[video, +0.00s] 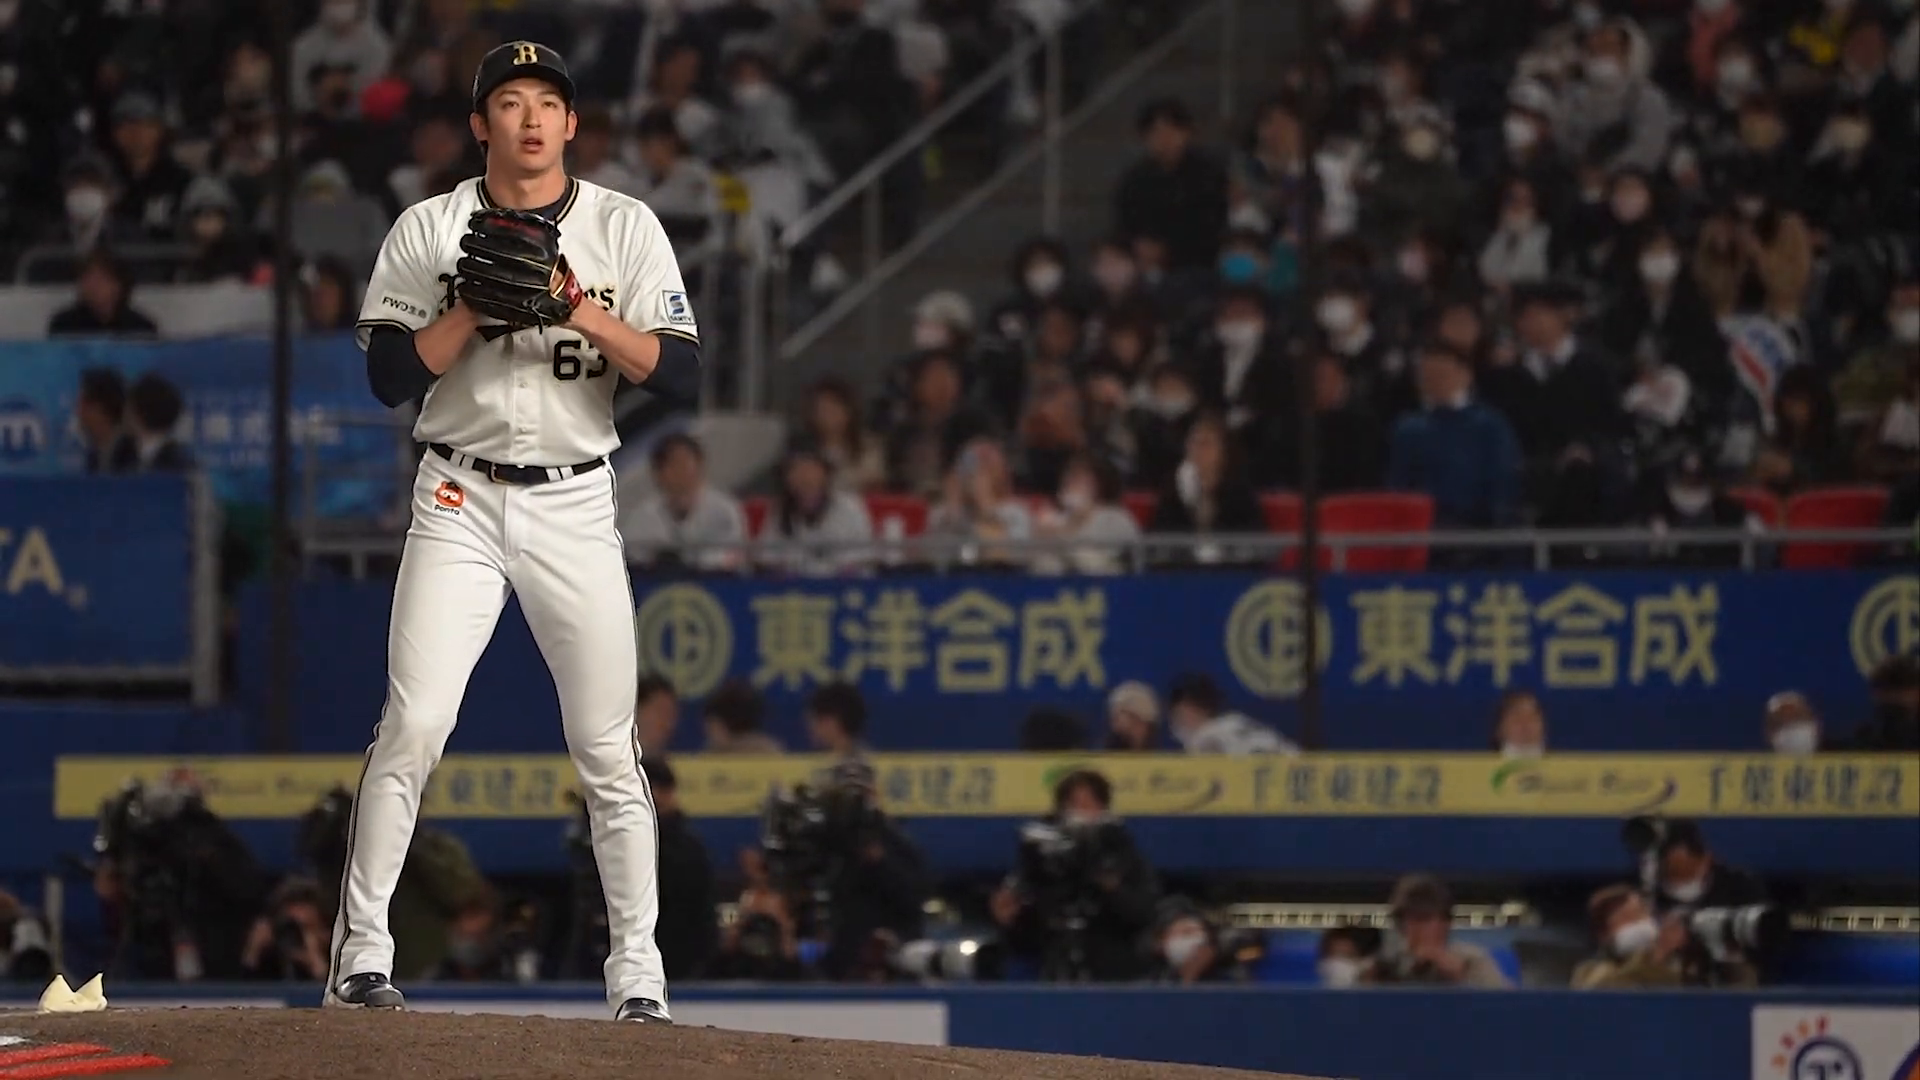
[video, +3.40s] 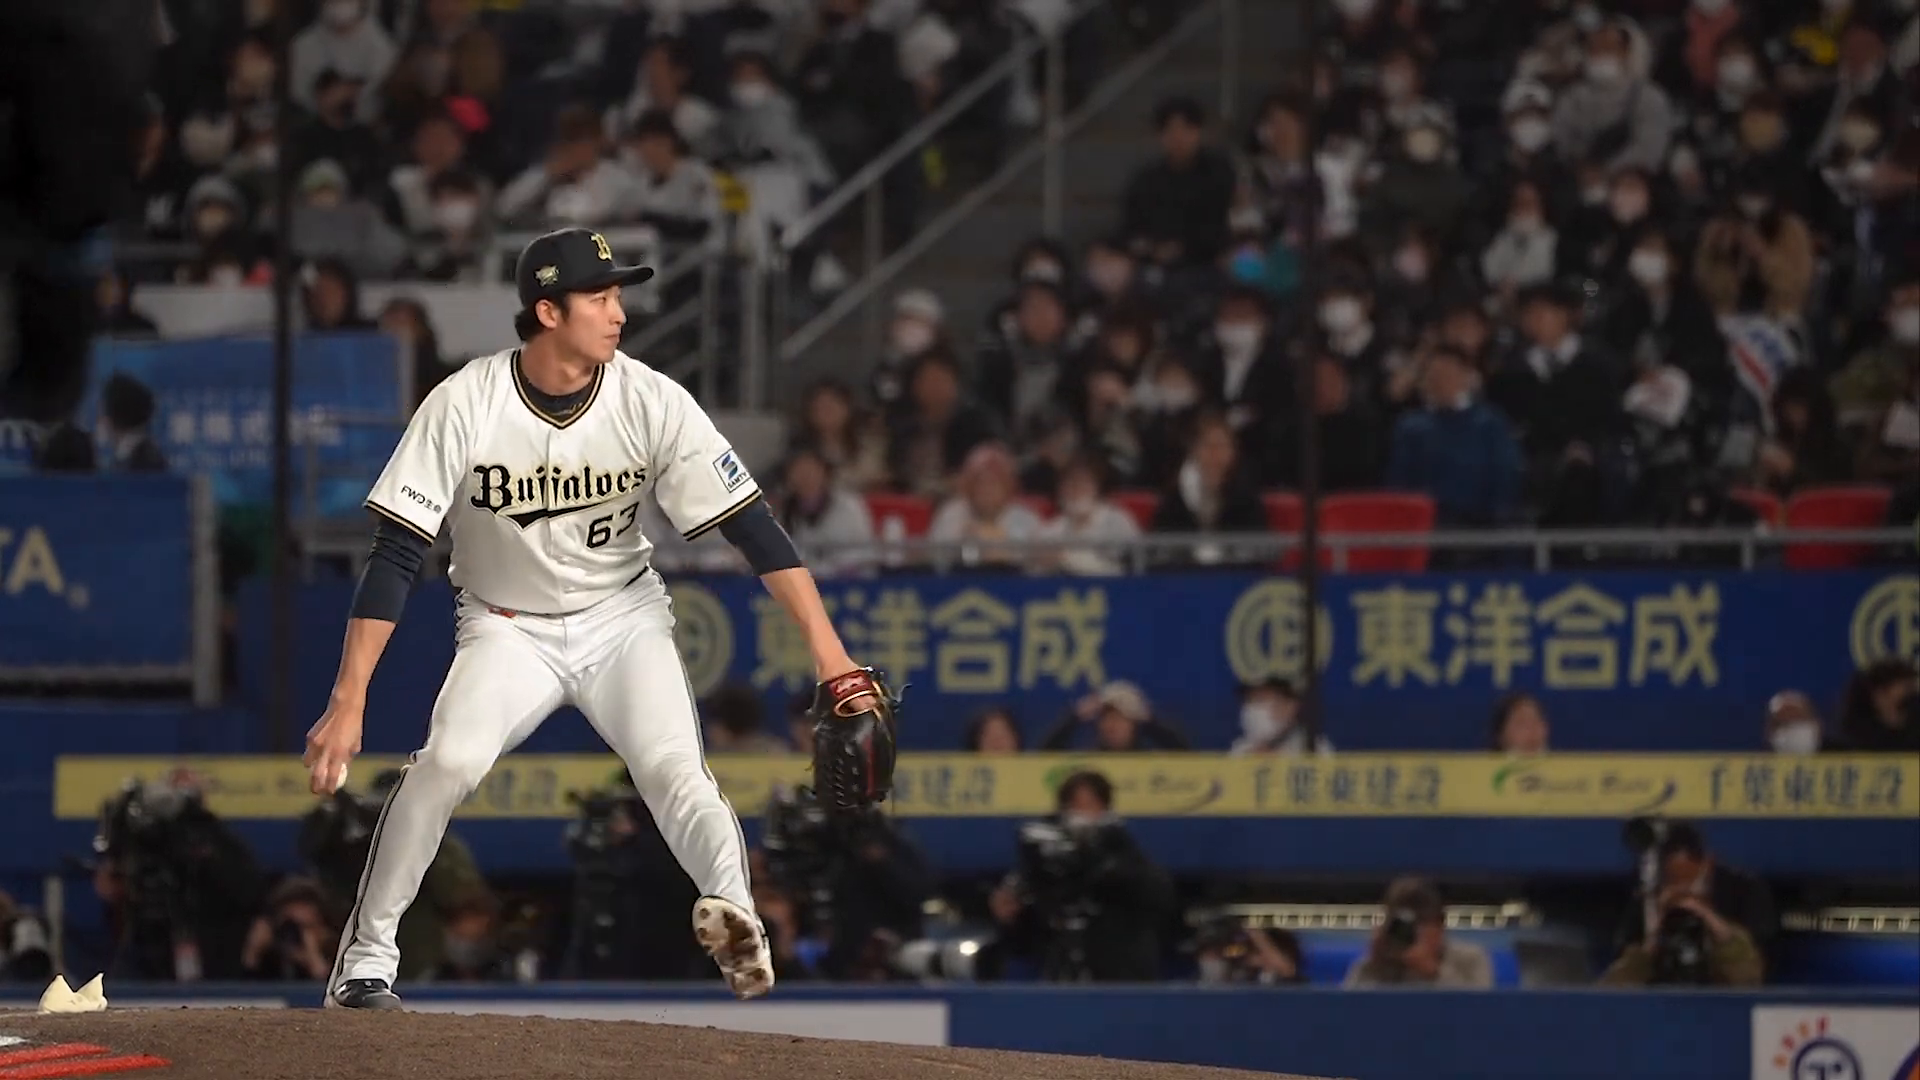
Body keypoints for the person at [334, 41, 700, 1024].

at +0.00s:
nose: (530, 120)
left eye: (546, 106)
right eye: (511, 106)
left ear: (570, 125)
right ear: (481, 125)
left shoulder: (626, 225)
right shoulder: (426, 230)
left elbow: (675, 369)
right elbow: (388, 379)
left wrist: (581, 311)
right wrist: (476, 306)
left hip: (576, 508)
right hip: (457, 498)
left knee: (608, 750)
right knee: (414, 722)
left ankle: (637, 980)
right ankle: (361, 952)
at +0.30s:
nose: (488, 109)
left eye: (502, 95)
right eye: (467, 95)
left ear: (523, 112)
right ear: (432, 113)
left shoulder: (567, 207)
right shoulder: (383, 203)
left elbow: (605, 308)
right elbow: (351, 302)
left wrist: (543, 289)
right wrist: (432, 277)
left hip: (523, 496)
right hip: (404, 491)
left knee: (584, 736)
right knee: (387, 719)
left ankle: (638, 967)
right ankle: (358, 958)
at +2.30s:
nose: (585, 138)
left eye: (591, 121)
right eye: (566, 121)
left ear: (594, 132)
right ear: (514, 129)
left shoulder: (627, 238)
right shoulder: (428, 221)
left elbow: (656, 376)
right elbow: (403, 343)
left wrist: (581, 277)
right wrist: (489, 248)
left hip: (567, 513)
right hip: (447, 503)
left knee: (605, 750)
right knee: (411, 723)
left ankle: (646, 976)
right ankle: (360, 960)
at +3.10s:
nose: (594, 146)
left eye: (596, 130)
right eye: (577, 129)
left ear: (584, 142)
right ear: (520, 137)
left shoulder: (624, 244)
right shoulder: (428, 223)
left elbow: (656, 386)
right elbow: (395, 354)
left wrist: (603, 317)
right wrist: (497, 276)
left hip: (569, 509)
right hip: (449, 503)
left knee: (595, 732)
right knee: (409, 721)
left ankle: (612, 945)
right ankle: (360, 957)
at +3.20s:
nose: (600, 183)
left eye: (600, 168)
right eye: (582, 168)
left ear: (584, 181)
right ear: (526, 180)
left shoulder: (627, 285)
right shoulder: (430, 268)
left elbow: (683, 434)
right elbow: (386, 409)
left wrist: (635, 430)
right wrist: (481, 382)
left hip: (575, 529)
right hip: (458, 529)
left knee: (557, 678)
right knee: (413, 729)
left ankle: (537, 861)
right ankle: (363, 948)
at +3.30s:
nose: (602, 248)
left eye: (602, 232)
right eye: (584, 233)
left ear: (595, 241)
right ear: (530, 245)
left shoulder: (634, 349)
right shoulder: (443, 338)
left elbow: (701, 486)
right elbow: (390, 479)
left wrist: (688, 574)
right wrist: (434, 564)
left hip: (590, 567)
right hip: (474, 570)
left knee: (591, 715)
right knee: (425, 743)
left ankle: (551, 929)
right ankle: (362, 954)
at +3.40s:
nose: (619, 312)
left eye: (618, 295)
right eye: (599, 298)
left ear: (612, 305)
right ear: (546, 312)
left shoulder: (656, 405)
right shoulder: (460, 407)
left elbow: (752, 523)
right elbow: (395, 554)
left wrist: (829, 650)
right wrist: (347, 700)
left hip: (625, 618)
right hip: (505, 629)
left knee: (673, 765)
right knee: (451, 762)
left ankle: (739, 930)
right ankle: (365, 962)